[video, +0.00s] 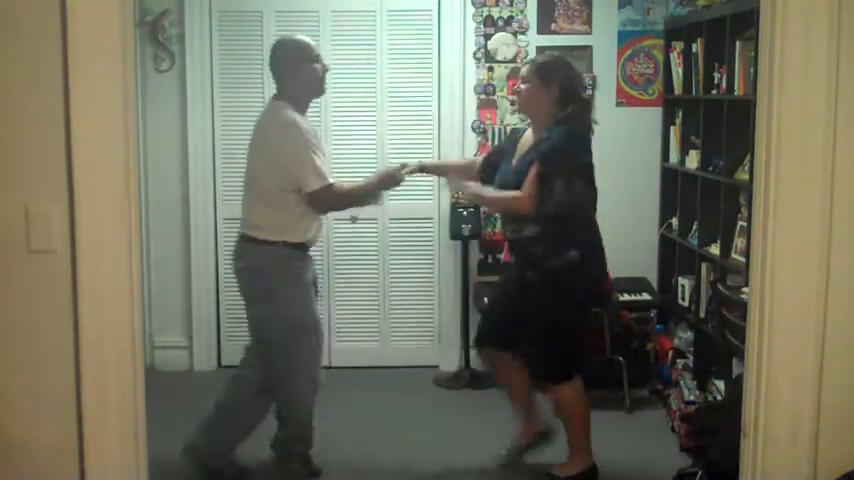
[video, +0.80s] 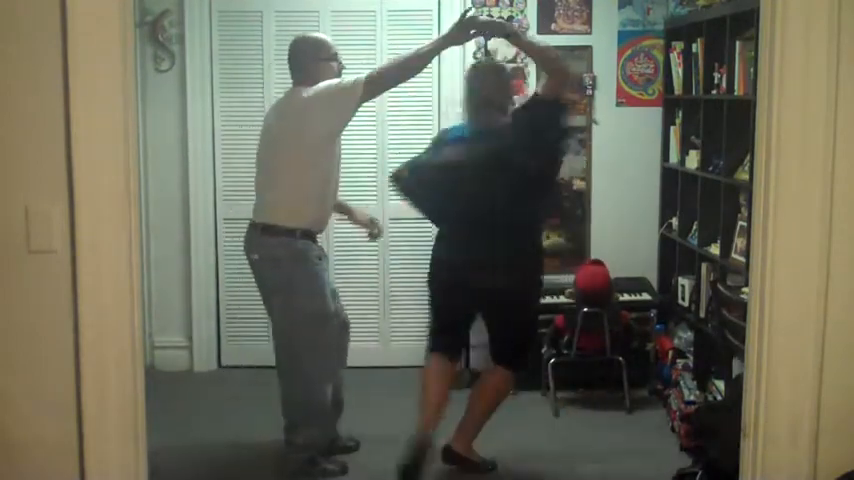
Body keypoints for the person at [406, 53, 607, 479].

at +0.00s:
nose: (517, 88)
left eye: (526, 82)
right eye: (520, 81)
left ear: (553, 91)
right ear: (540, 93)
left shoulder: (562, 140)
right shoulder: (524, 136)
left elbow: (528, 203)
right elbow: (482, 170)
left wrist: (477, 195)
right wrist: (427, 167)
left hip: (563, 267)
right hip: (528, 265)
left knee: (560, 365)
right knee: (495, 344)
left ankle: (581, 459)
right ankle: (533, 425)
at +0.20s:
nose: (503, 90)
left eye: (512, 85)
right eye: (506, 84)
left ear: (536, 93)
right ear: (525, 94)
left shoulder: (552, 137)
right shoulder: (499, 141)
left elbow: (544, 188)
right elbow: (456, 179)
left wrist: (495, 220)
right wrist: (416, 155)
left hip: (547, 262)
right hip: (513, 262)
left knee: (507, 356)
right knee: (511, 356)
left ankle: (561, 440)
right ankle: (526, 451)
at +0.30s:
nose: (490, 92)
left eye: (499, 87)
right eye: (493, 86)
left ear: (526, 96)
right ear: (511, 97)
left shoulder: (542, 139)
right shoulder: (484, 146)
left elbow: (555, 173)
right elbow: (441, 174)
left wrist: (546, 190)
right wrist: (400, 138)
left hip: (537, 266)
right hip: (500, 268)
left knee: (478, 356)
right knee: (509, 361)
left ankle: (513, 452)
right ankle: (528, 453)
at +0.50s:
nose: (472, 98)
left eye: (482, 91)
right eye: (475, 91)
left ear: (507, 100)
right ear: (491, 100)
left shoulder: (523, 142)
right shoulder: (469, 146)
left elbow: (535, 161)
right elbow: (429, 154)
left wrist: (508, 169)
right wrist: (397, 112)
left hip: (515, 269)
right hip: (480, 269)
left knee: (462, 367)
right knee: (490, 361)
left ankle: (450, 470)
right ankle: (524, 451)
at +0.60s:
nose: (468, 101)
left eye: (475, 95)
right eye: (471, 94)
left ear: (494, 104)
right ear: (498, 105)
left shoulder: (497, 141)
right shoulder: (484, 139)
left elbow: (482, 181)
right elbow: (452, 125)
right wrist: (433, 89)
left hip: (497, 266)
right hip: (511, 263)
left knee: (451, 364)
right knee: (482, 355)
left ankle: (449, 469)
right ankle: (513, 448)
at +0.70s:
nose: (522, 103)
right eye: (518, 97)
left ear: (474, 102)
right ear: (517, 101)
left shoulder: (459, 147)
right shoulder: (529, 143)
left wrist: (405, 194)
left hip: (470, 273)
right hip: (524, 272)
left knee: (446, 363)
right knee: (497, 356)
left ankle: (447, 468)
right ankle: (481, 451)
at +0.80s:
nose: (512, 93)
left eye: (501, 88)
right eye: (509, 88)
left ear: (467, 98)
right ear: (509, 97)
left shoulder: (450, 141)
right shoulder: (526, 137)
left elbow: (407, 178)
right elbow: (560, 76)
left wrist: (446, 216)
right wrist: (516, 38)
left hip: (453, 262)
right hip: (511, 265)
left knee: (444, 346)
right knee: (509, 360)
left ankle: (424, 433)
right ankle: (461, 445)